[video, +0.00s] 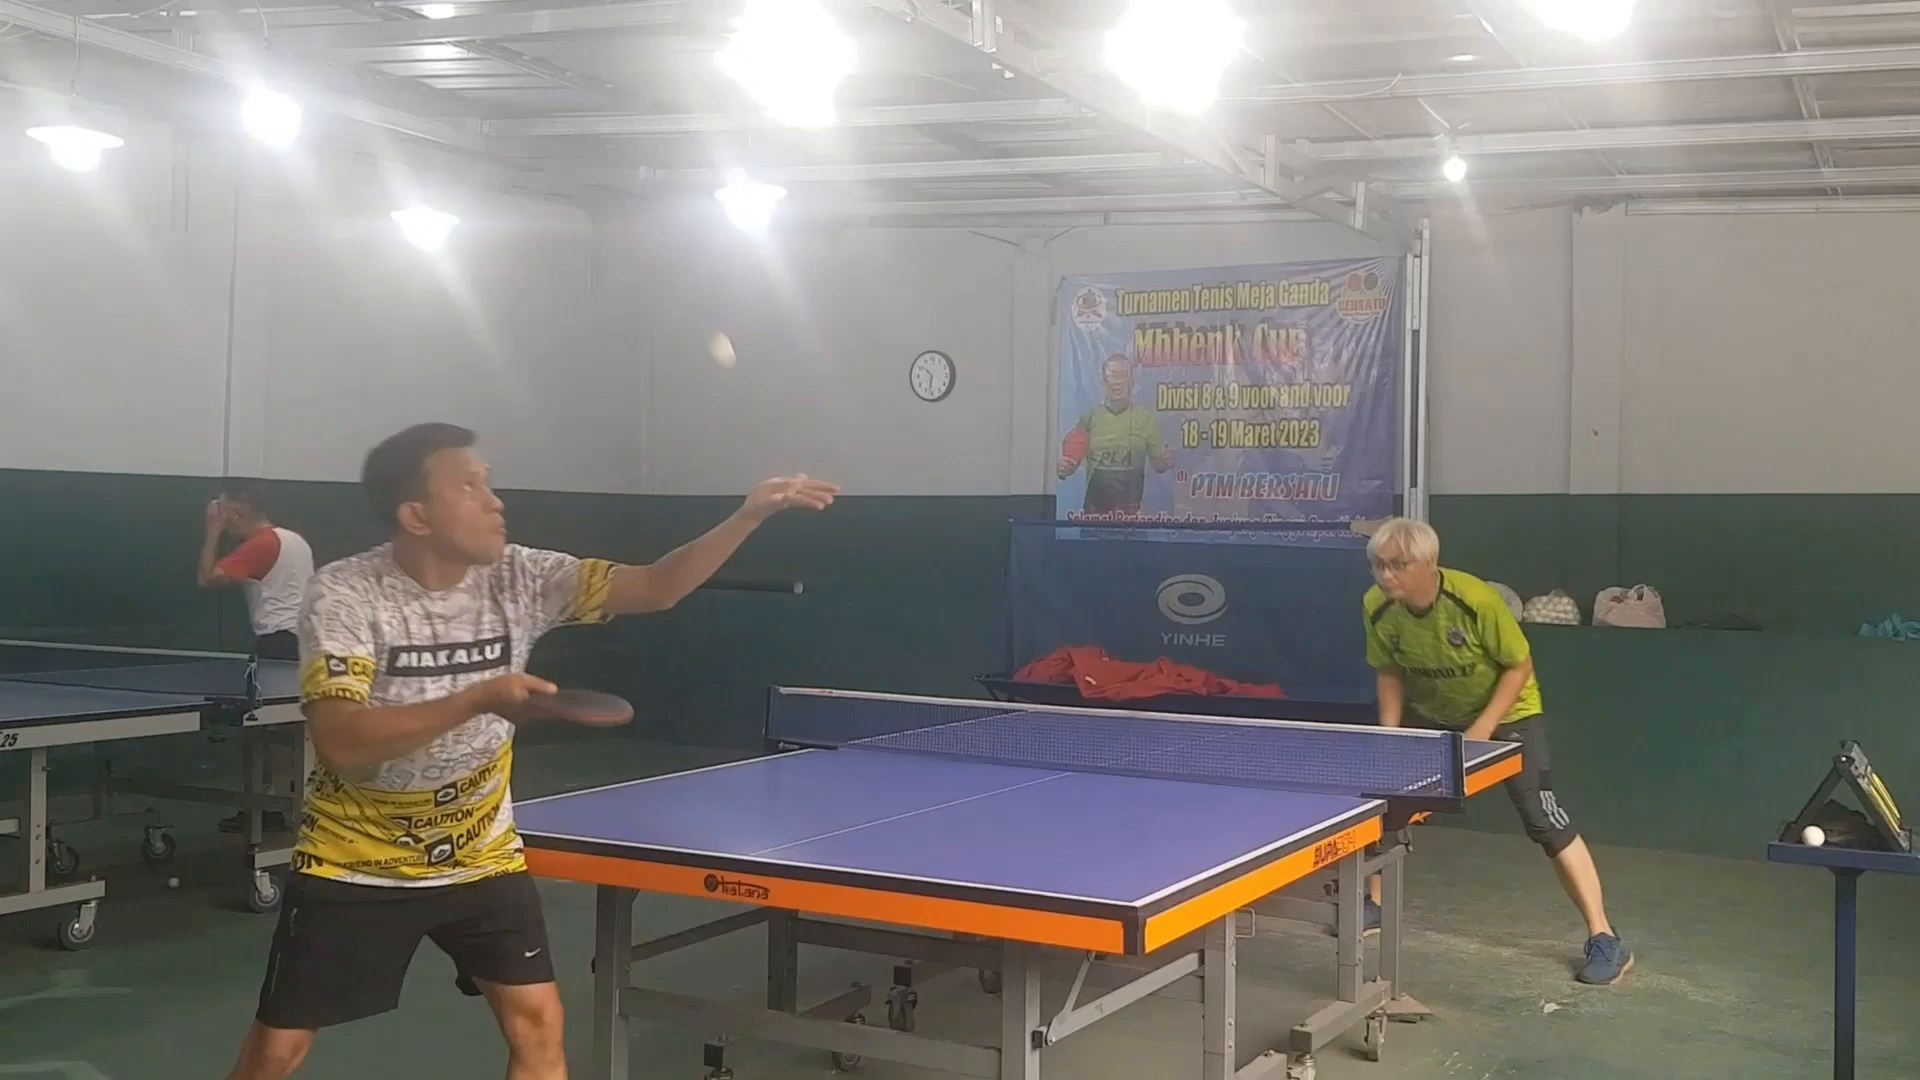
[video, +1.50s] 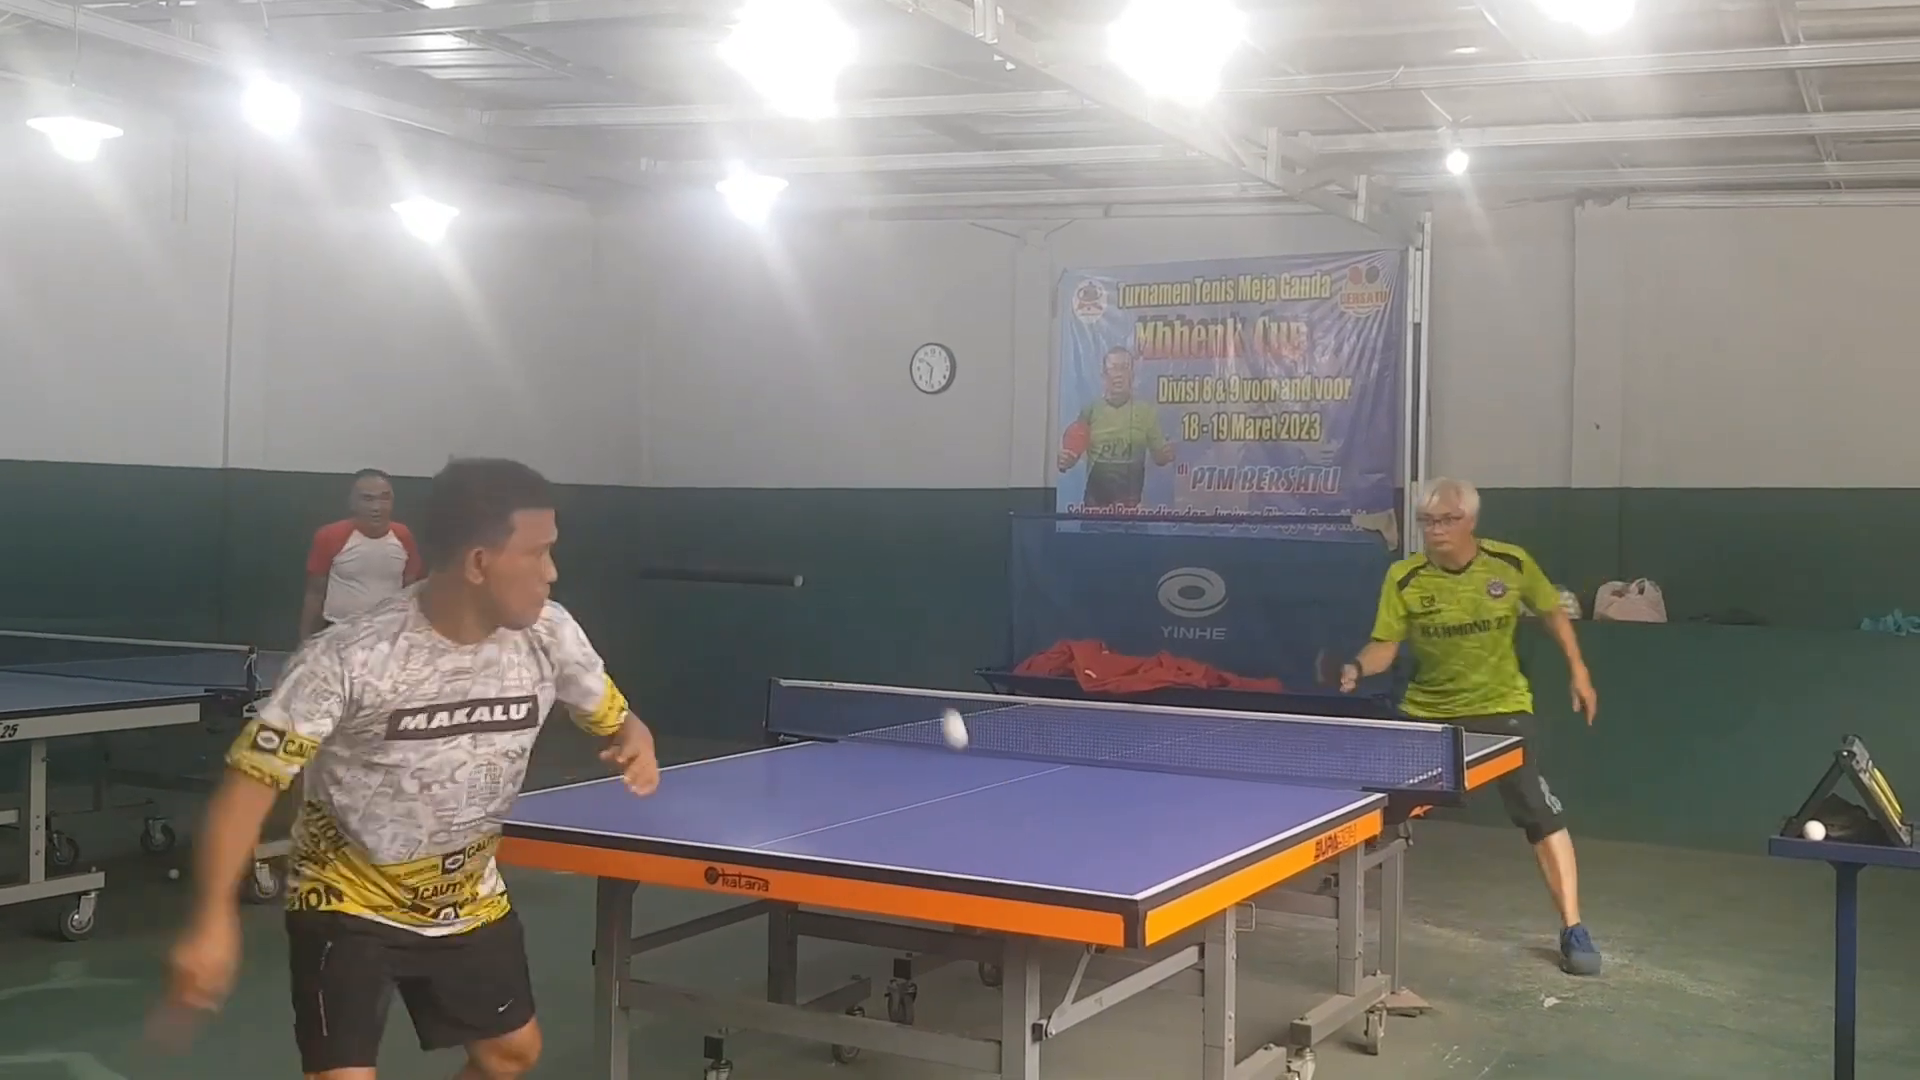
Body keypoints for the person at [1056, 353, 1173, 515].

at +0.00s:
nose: (1117, 382)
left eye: (1122, 376)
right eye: (1111, 376)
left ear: (1131, 380)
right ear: (1103, 380)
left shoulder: (1144, 418)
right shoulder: (1091, 418)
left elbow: (1157, 463)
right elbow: (1073, 453)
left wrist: (1165, 461)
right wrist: (1064, 468)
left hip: (1129, 504)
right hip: (1096, 505)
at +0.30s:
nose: (1117, 381)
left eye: (1123, 375)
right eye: (1112, 375)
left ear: (1131, 379)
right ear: (1103, 379)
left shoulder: (1145, 418)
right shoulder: (1091, 418)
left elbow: (1157, 463)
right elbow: (1074, 452)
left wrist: (1165, 460)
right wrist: (1064, 467)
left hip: (1130, 504)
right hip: (1096, 504)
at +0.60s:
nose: (1119, 380)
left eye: (1124, 373)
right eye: (1113, 373)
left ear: (1133, 378)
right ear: (1105, 378)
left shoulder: (1147, 417)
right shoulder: (1093, 416)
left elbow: (1160, 461)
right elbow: (1076, 449)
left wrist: (1167, 458)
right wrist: (1067, 465)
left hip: (1132, 501)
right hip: (1098, 501)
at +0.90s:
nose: (1120, 378)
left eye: (1126, 372)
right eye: (1114, 372)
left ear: (1135, 377)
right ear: (1106, 378)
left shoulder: (1148, 416)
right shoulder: (1094, 414)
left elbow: (1161, 459)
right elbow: (1078, 447)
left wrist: (1168, 458)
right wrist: (1068, 463)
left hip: (1133, 501)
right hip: (1099, 501)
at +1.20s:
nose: (1119, 377)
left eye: (1125, 370)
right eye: (1113, 370)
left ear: (1134, 375)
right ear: (1105, 375)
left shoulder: (1147, 414)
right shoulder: (1092, 414)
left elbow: (1160, 459)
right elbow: (1076, 447)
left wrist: (1168, 456)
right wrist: (1067, 462)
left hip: (1132, 498)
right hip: (1098, 499)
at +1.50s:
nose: (1118, 375)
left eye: (1123, 369)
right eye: (1112, 369)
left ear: (1132, 374)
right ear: (1103, 375)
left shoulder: (1145, 413)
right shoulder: (1091, 412)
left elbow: (1158, 456)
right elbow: (1075, 445)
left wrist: (1166, 454)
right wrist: (1065, 460)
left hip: (1130, 497)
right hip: (1096, 497)